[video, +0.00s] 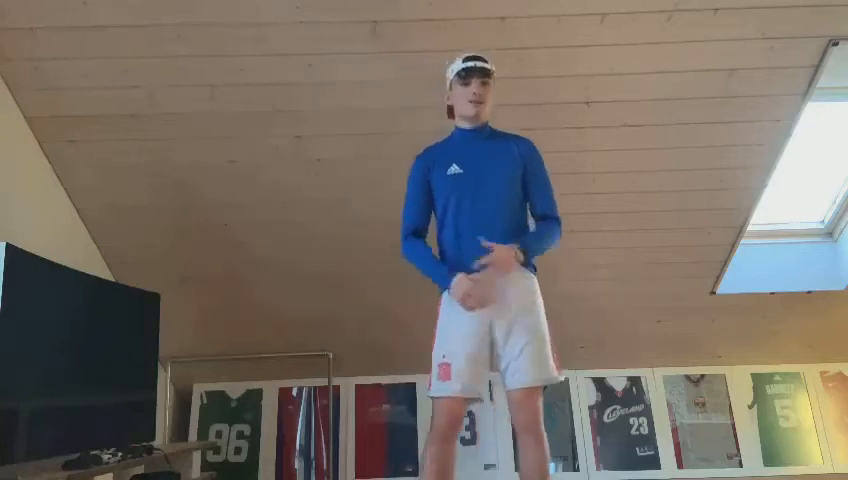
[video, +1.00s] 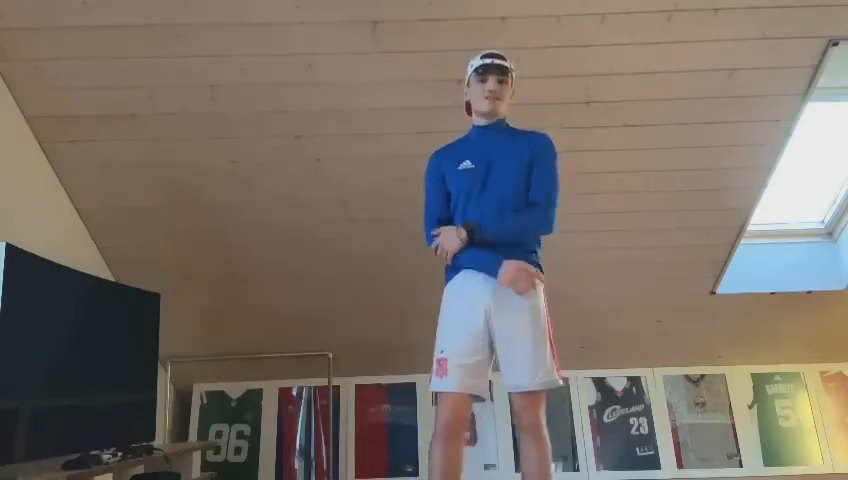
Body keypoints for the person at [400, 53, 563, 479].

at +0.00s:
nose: (476, 90)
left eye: (483, 83)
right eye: (466, 83)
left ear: (492, 92)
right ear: (449, 95)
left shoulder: (521, 150)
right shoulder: (431, 159)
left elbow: (550, 225)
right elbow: (411, 239)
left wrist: (519, 252)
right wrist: (451, 280)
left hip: (517, 293)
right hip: (462, 296)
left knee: (528, 416)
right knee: (446, 421)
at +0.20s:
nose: (494, 89)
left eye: (501, 82)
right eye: (483, 82)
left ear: (509, 92)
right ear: (465, 94)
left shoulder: (538, 149)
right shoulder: (443, 162)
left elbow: (577, 209)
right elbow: (412, 231)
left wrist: (618, 244)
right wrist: (378, 285)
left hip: (529, 289)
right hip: (472, 293)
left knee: (536, 413)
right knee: (454, 413)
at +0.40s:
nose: (496, 87)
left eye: (505, 81)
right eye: (487, 80)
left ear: (515, 93)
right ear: (470, 92)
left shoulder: (544, 147)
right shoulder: (448, 160)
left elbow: (591, 211)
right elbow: (410, 231)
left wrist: (655, 234)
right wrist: (354, 267)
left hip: (532, 286)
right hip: (476, 289)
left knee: (535, 410)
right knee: (465, 411)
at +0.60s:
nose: (497, 88)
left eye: (506, 82)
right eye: (488, 81)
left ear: (516, 93)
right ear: (474, 92)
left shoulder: (547, 149)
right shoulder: (450, 160)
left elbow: (574, 222)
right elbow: (420, 233)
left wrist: (616, 256)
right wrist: (371, 278)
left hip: (533, 289)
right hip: (476, 293)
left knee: (536, 414)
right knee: (462, 418)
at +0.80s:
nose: (496, 88)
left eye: (505, 82)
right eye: (487, 81)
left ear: (515, 92)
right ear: (472, 92)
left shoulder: (544, 149)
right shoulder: (449, 159)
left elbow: (562, 225)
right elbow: (432, 232)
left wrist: (520, 255)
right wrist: (437, 287)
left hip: (527, 289)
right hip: (468, 292)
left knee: (533, 416)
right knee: (458, 421)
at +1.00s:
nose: (492, 88)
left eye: (501, 82)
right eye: (482, 81)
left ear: (510, 92)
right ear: (467, 92)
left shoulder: (537, 145)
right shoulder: (443, 158)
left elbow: (543, 219)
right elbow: (437, 234)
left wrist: (469, 231)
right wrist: (498, 263)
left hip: (521, 284)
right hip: (465, 284)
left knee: (529, 413)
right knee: (451, 414)